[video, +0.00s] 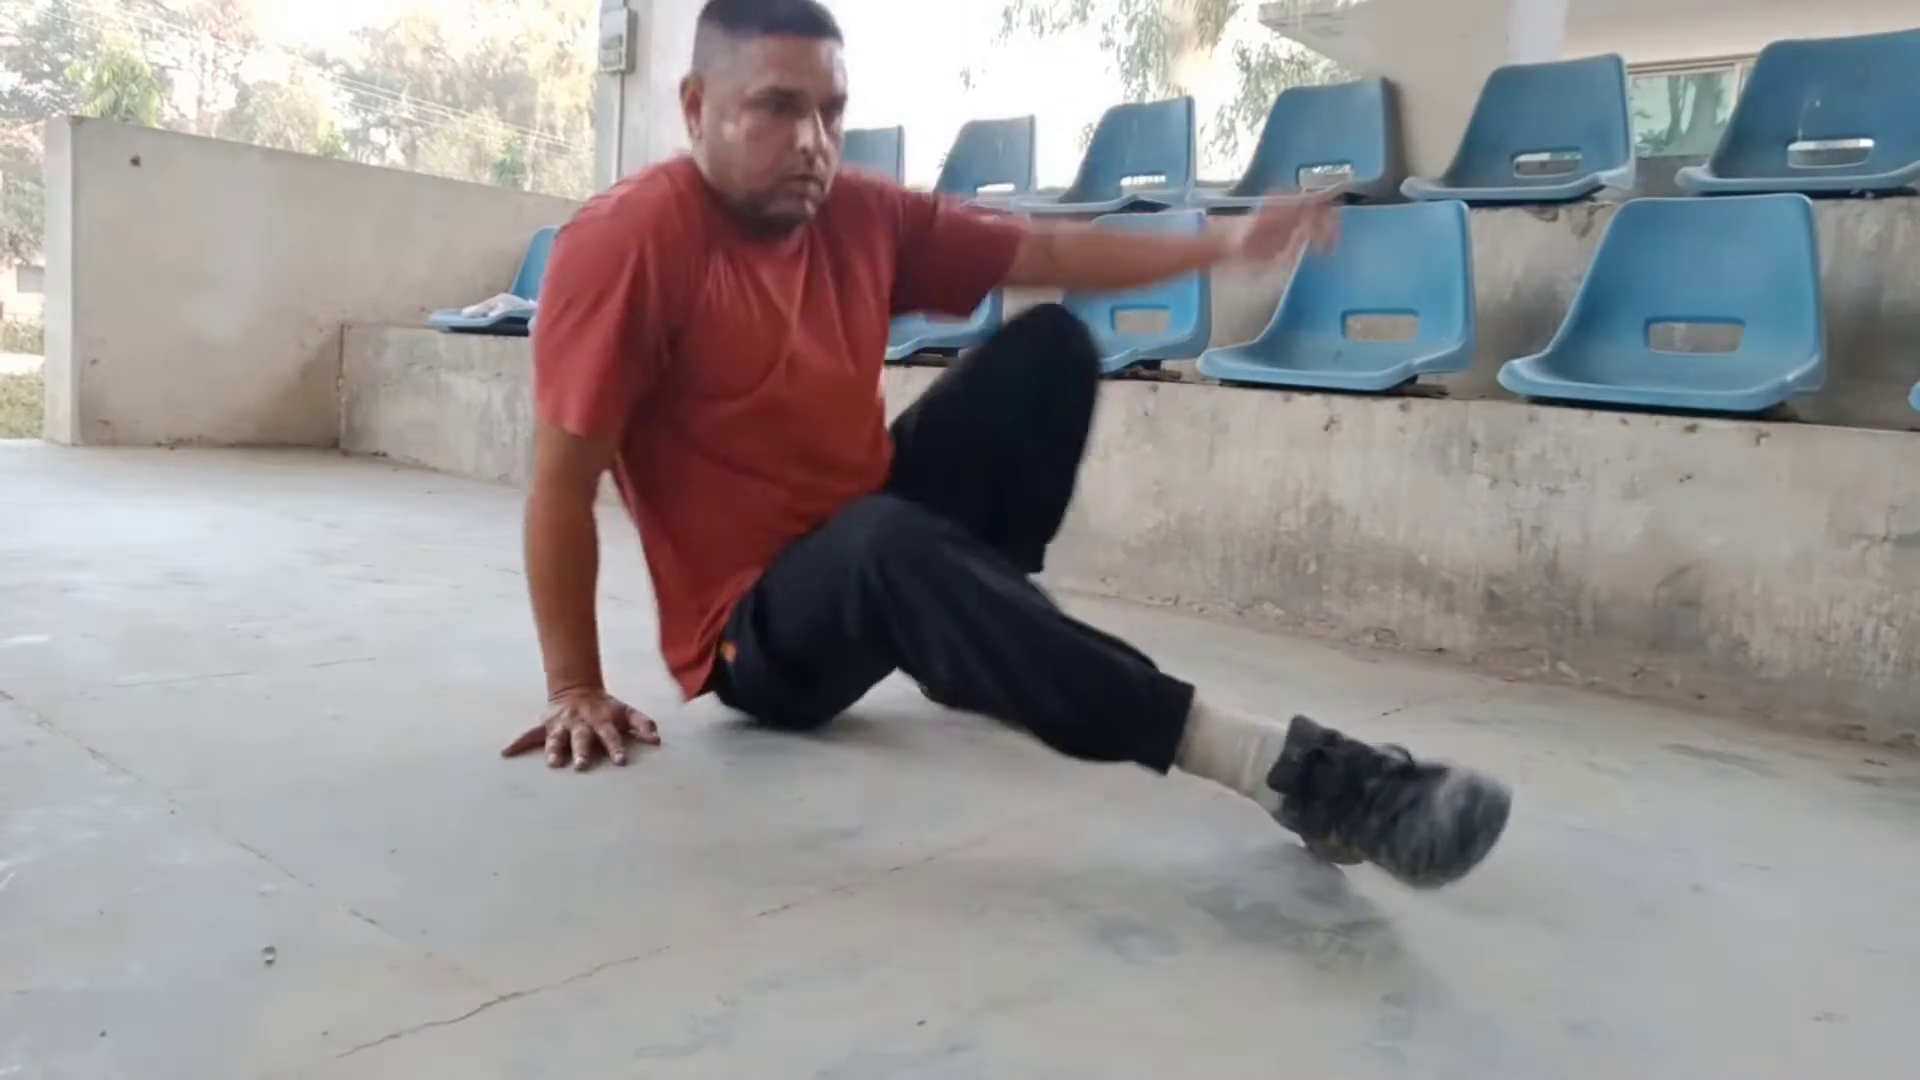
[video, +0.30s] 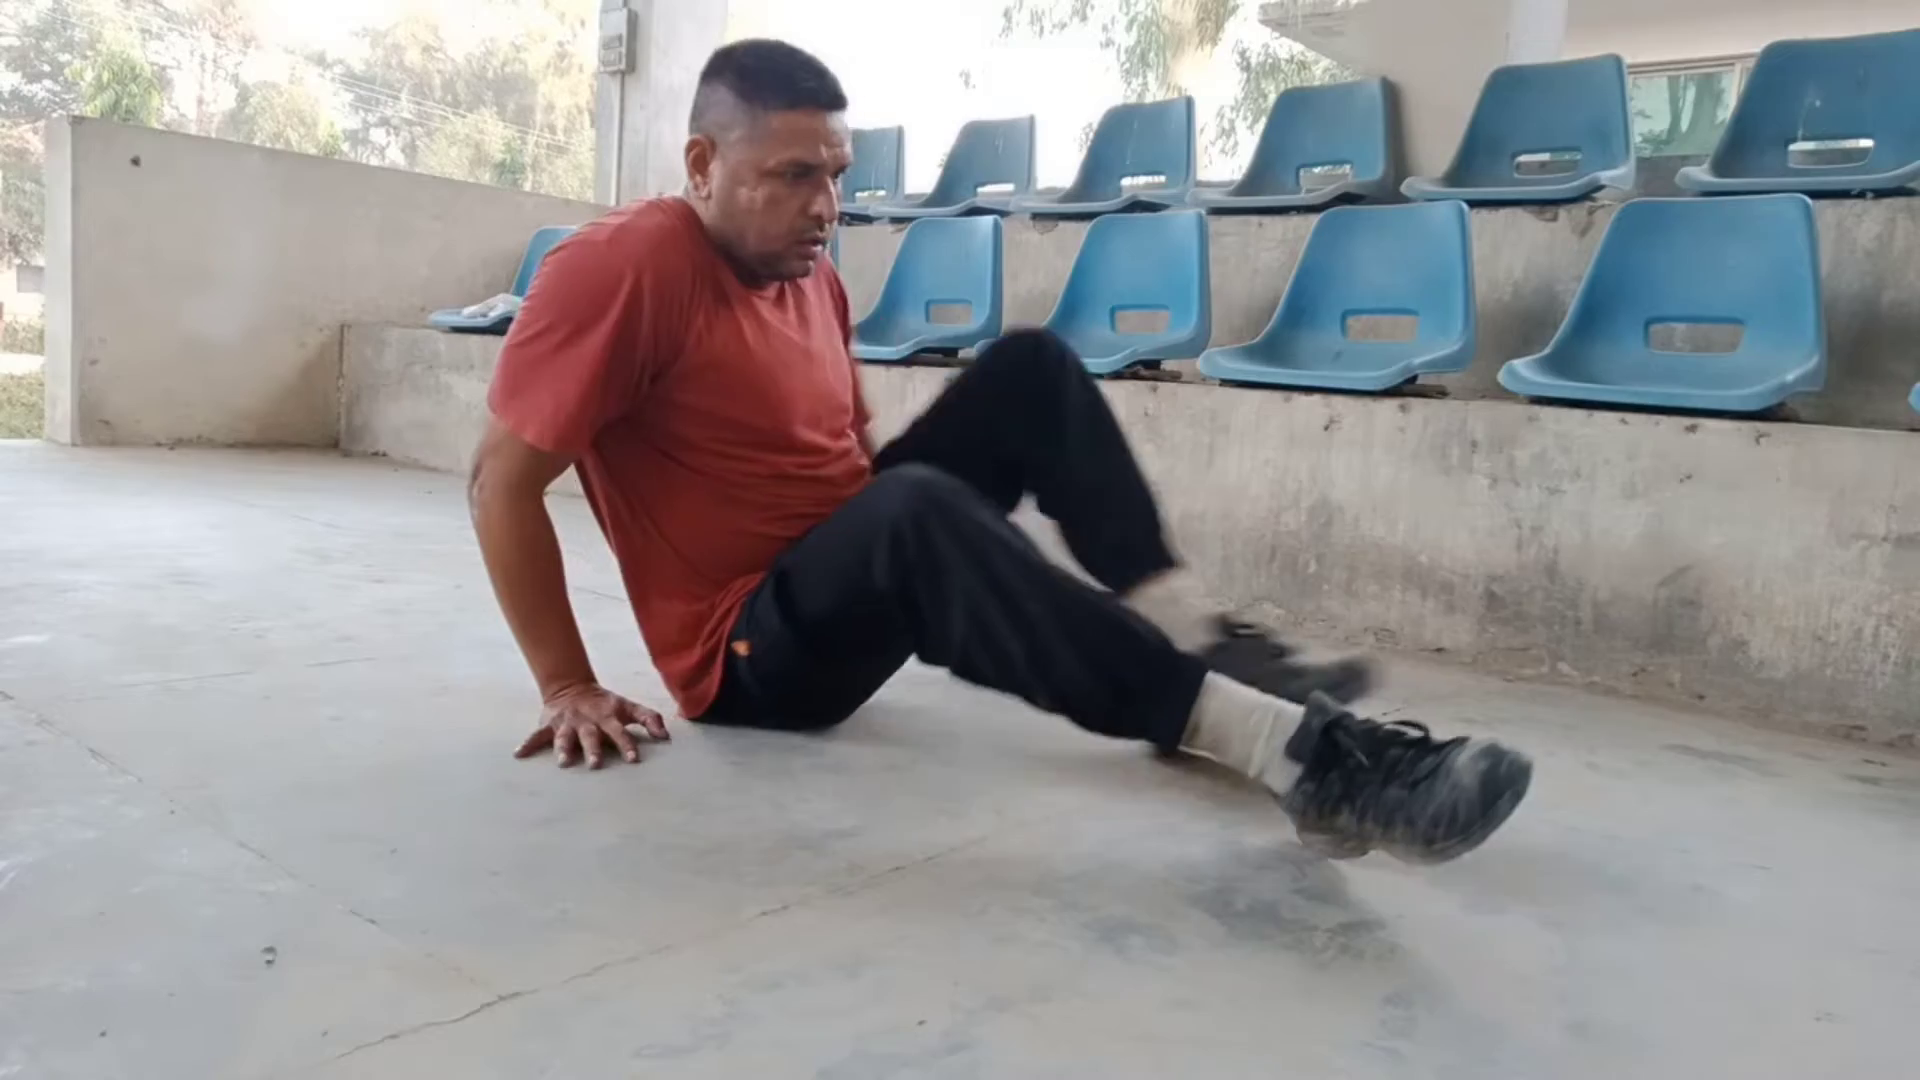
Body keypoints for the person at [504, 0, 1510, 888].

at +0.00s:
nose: (811, 144)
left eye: (829, 114)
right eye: (778, 112)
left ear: (843, 107)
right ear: (695, 106)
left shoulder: (858, 211)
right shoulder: (623, 243)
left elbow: (1041, 254)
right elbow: (562, 478)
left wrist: (1223, 245)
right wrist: (574, 687)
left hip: (878, 540)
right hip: (755, 632)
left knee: (1048, 345)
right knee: (885, 539)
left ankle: (976, 637)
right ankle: (1289, 771)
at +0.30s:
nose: (822, 206)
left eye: (834, 177)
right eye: (793, 178)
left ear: (837, 166)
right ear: (699, 166)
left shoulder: (808, 263)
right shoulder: (614, 269)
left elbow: (832, 432)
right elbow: (500, 487)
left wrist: (884, 534)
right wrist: (568, 687)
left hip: (848, 561)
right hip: (741, 647)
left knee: (1028, 366)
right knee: (913, 510)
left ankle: (1188, 641)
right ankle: (1295, 756)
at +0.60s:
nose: (843, 215)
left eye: (857, 188)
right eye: (817, 188)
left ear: (857, 183)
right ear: (737, 177)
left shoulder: (844, 286)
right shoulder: (649, 285)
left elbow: (817, 455)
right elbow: (512, 480)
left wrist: (876, 602)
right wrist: (568, 690)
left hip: (870, 584)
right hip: (769, 624)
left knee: (1110, 454)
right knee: (997, 481)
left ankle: (1385, 665)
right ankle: (1344, 755)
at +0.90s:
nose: (889, 210)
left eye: (904, 185)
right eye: (864, 183)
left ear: (915, 184)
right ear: (793, 175)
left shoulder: (908, 284)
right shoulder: (708, 272)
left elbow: (929, 456)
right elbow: (608, 471)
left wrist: (940, 631)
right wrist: (656, 673)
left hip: (903, 591)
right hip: (791, 612)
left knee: (1131, 474)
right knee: (1024, 474)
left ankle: (1399, 706)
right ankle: (1347, 755)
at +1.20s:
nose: (933, 216)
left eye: (952, 193)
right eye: (914, 185)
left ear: (964, 183)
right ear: (841, 156)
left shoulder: (939, 280)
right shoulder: (749, 248)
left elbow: (967, 446)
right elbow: (682, 457)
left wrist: (931, 635)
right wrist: (661, 670)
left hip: (919, 584)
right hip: (820, 598)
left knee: (1141, 443)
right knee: (1045, 456)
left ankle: (1380, 690)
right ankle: (1343, 747)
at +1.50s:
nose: (961, 235)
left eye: (978, 211)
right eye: (940, 205)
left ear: (985, 202)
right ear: (867, 183)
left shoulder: (962, 287)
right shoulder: (769, 275)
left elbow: (965, 455)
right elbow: (650, 462)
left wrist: (995, 601)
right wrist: (660, 677)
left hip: (948, 617)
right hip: (844, 627)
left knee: (1179, 454)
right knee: (1068, 451)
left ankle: (1434, 711)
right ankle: (1371, 759)